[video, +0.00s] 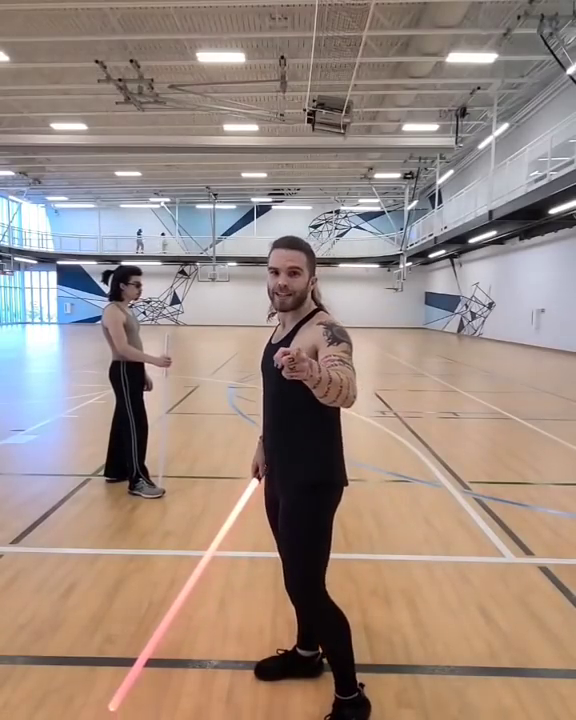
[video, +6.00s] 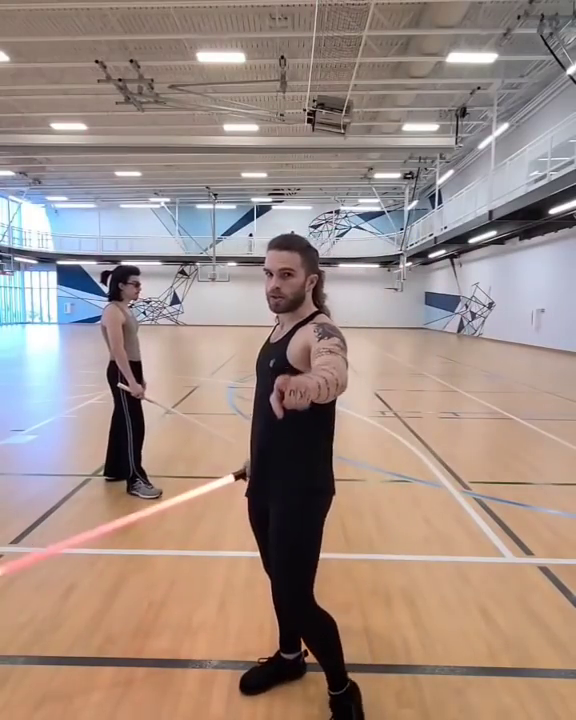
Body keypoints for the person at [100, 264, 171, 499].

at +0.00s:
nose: (140, 289)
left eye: (140, 285)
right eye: (135, 285)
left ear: (129, 287)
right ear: (121, 286)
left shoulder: (125, 311)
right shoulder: (113, 311)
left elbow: (130, 348)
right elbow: (121, 348)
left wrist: (143, 373)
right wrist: (156, 360)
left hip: (131, 370)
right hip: (124, 371)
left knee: (124, 420)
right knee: (137, 423)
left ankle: (115, 469)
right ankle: (137, 480)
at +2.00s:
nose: (140, 296)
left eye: (142, 292)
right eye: (138, 291)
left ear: (134, 290)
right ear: (123, 287)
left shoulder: (127, 309)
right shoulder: (110, 310)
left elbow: (131, 343)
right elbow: (117, 346)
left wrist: (144, 366)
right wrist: (153, 354)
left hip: (131, 368)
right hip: (119, 369)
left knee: (130, 422)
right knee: (121, 424)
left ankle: (124, 468)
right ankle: (115, 477)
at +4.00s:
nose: (138, 288)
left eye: (139, 284)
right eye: (134, 284)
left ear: (131, 287)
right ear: (121, 285)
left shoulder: (125, 309)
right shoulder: (112, 310)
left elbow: (127, 343)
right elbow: (112, 347)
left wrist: (136, 371)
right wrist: (130, 375)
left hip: (132, 367)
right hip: (119, 369)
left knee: (130, 424)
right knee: (120, 426)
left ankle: (124, 467)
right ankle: (114, 477)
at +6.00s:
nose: (138, 289)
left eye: (139, 285)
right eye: (134, 285)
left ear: (129, 287)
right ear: (120, 286)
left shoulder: (124, 310)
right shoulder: (113, 312)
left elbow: (130, 347)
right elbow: (118, 350)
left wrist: (139, 378)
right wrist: (131, 381)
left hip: (132, 368)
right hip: (123, 371)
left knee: (123, 422)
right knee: (135, 425)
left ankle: (115, 468)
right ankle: (135, 479)